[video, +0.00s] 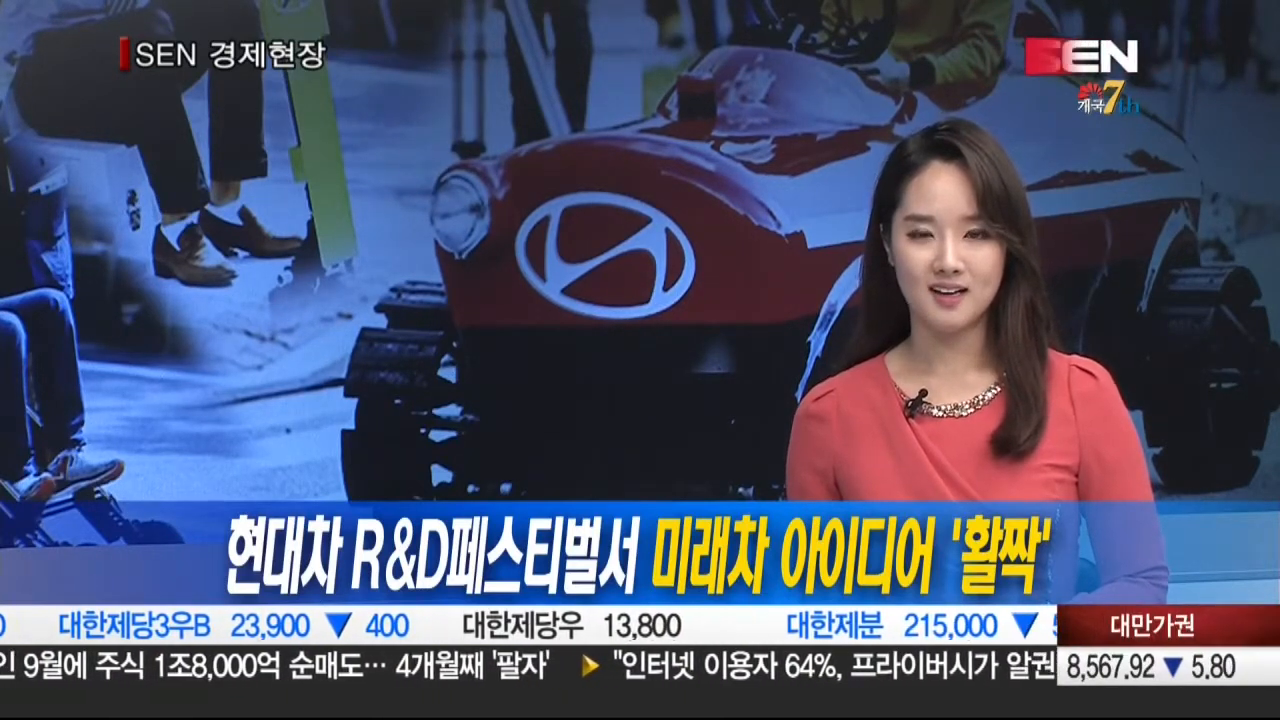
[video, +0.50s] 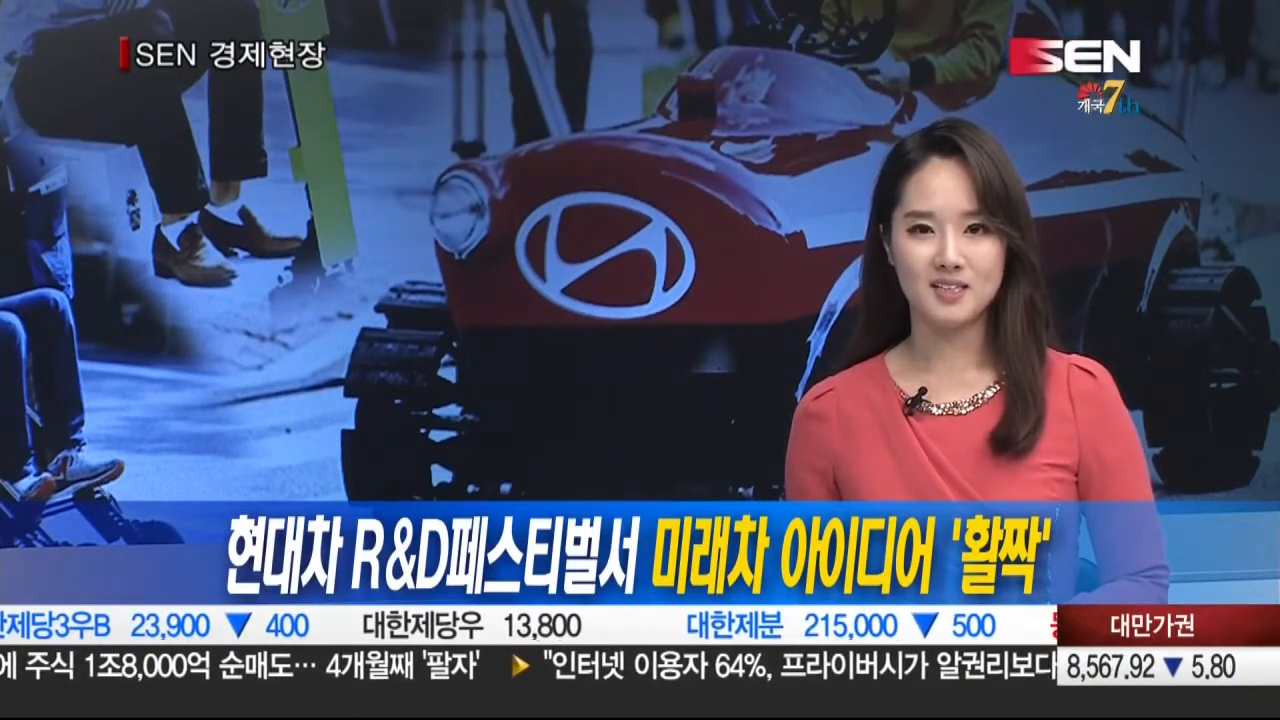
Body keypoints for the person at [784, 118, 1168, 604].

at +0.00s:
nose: (949, 262)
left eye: (976, 233)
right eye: (921, 234)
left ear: (1010, 247)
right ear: (888, 246)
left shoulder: (1082, 396)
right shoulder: (828, 417)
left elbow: (1142, 581)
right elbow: (810, 605)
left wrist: (1037, 641)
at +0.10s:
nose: (949, 262)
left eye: (976, 233)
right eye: (921, 233)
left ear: (1010, 247)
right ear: (887, 246)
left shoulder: (1082, 396)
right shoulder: (827, 416)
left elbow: (1143, 580)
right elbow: (809, 605)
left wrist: (1035, 640)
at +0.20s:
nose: (949, 261)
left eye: (976, 233)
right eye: (921, 233)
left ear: (1010, 247)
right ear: (887, 246)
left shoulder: (1082, 395)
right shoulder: (827, 416)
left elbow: (1143, 579)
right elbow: (808, 604)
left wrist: (1035, 639)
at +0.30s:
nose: (948, 261)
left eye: (976, 232)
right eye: (921, 232)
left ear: (1010, 247)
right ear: (887, 245)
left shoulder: (1081, 395)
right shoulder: (827, 416)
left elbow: (1143, 579)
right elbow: (808, 604)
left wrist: (1036, 637)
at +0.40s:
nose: (949, 259)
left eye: (976, 230)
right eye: (921, 231)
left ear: (1010, 246)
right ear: (887, 245)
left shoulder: (1081, 395)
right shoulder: (827, 416)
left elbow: (1143, 580)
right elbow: (808, 605)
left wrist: (1034, 637)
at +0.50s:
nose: (949, 257)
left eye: (976, 229)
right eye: (921, 230)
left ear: (1010, 245)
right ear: (887, 244)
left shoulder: (1081, 395)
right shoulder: (827, 416)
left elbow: (1143, 579)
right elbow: (808, 604)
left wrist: (1034, 637)